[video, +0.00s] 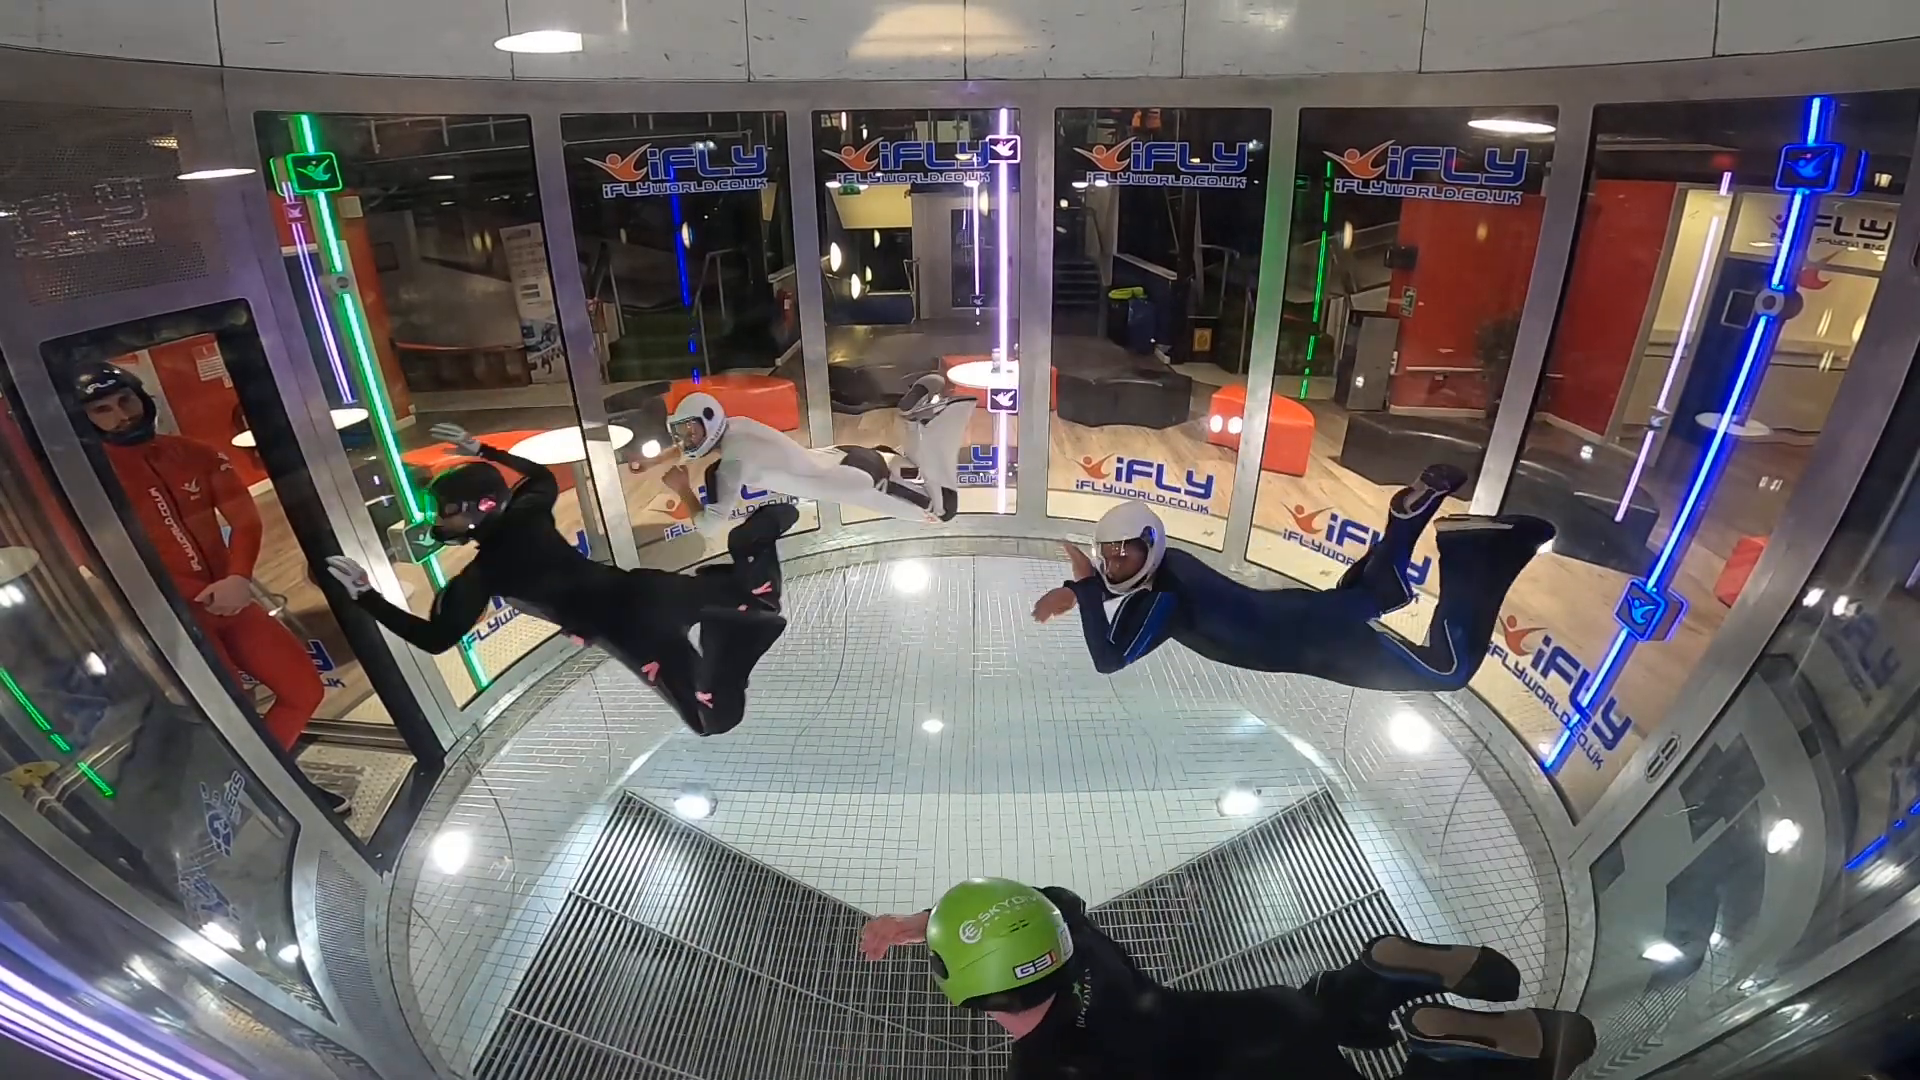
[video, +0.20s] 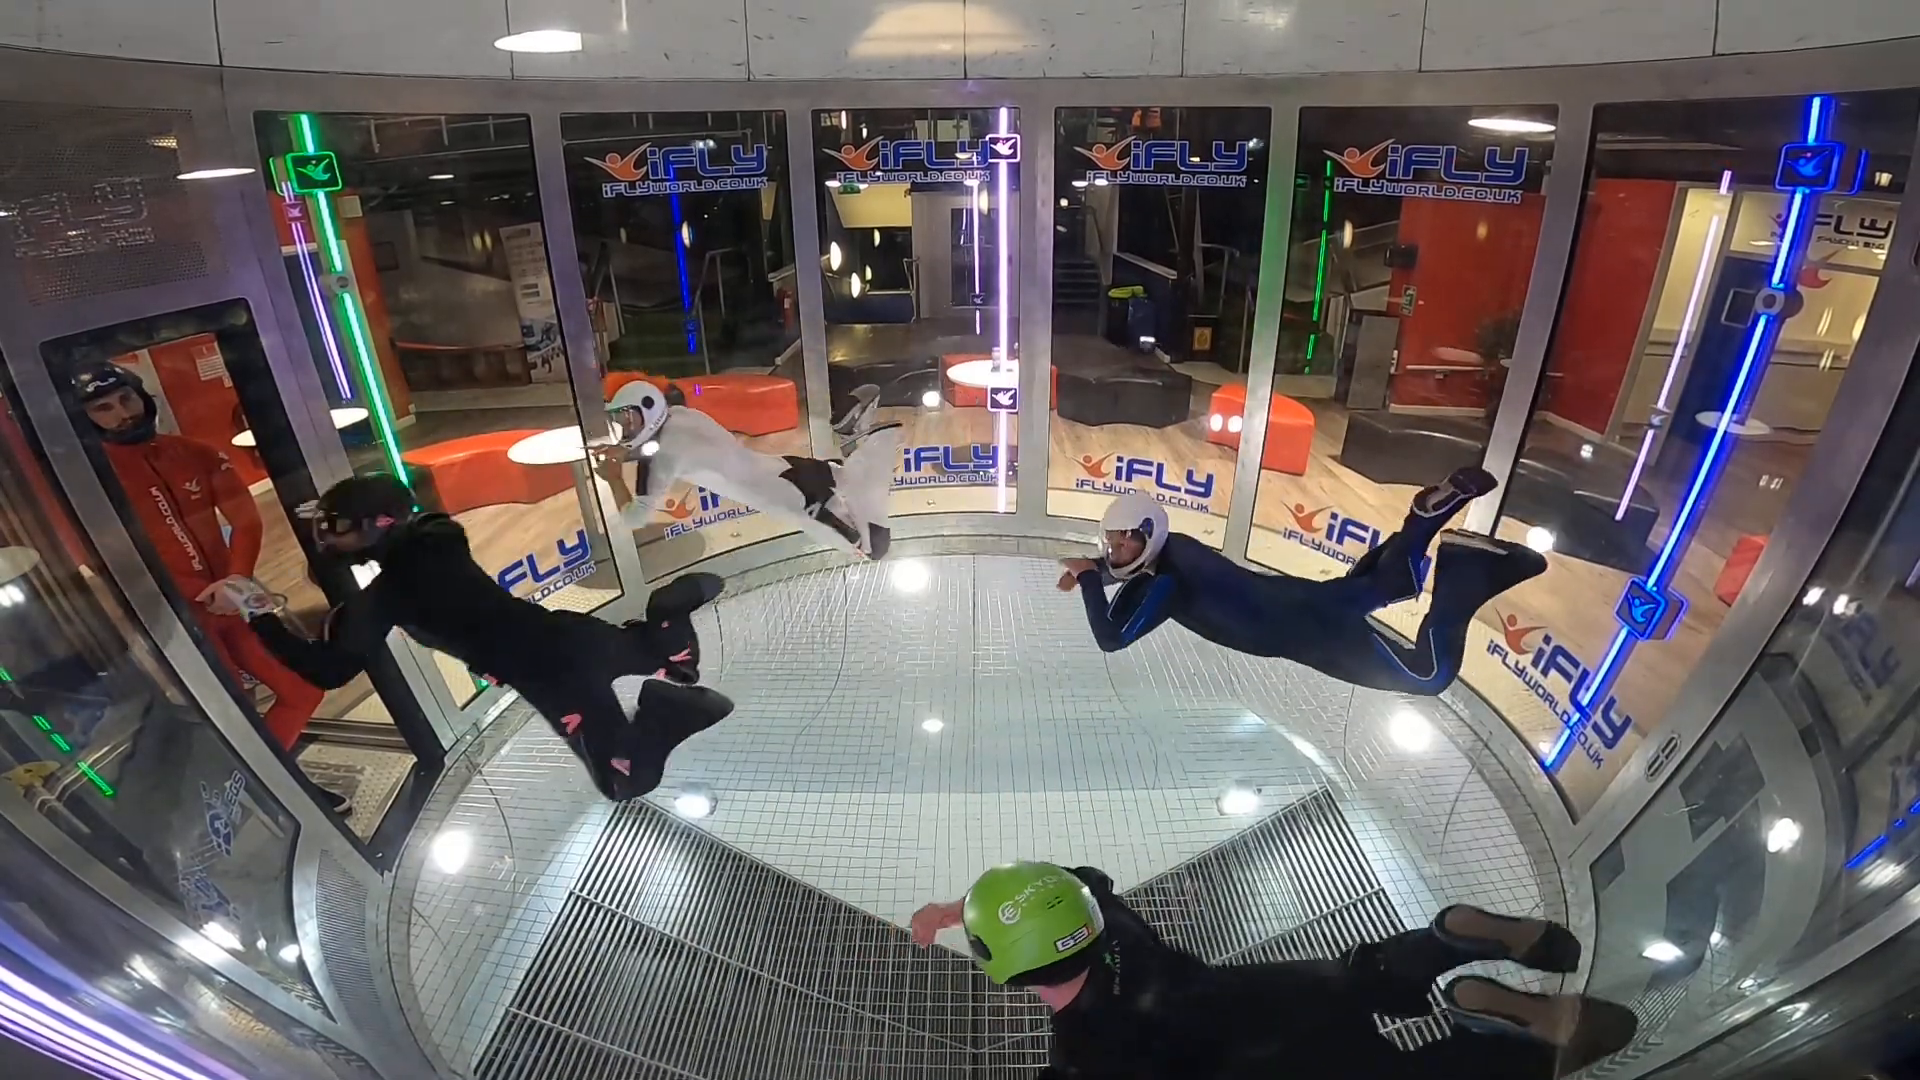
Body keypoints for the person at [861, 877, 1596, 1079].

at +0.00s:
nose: (995, 1013)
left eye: (998, 998)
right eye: (987, 998)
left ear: (1017, 990)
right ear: (1039, 933)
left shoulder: (1051, 1067)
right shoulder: (1066, 932)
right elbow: (1008, 908)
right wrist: (926, 927)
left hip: (1233, 1069)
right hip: (1220, 1012)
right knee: (1325, 1006)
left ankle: (1472, 1041)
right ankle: (1432, 973)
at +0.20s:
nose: (1015, 984)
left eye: (1014, 972)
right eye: (1014, 969)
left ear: (1035, 978)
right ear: (1076, 908)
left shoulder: (1097, 1049)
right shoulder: (1110, 921)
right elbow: (1060, 881)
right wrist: (964, 912)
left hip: (1306, 1052)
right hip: (1285, 981)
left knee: (1420, 1059)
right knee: (1370, 974)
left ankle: (1511, 1022)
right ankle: (1466, 929)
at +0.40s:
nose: (1072, 936)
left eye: (1074, 927)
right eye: (1067, 921)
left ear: (1099, 929)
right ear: (1123, 877)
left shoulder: (1151, 999)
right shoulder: (1157, 887)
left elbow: (1137, 1073)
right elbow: (1095, 869)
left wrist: (1011, 1077)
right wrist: (1019, 878)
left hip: (1350, 1003)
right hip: (1344, 932)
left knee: (1493, 1009)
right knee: (1428, 922)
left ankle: (1610, 917)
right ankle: (1479, 855)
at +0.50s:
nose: (1113, 908)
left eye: (1112, 902)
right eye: (1110, 895)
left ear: (1130, 903)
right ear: (1151, 860)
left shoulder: (1175, 961)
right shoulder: (1185, 860)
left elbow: (1169, 1067)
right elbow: (1136, 831)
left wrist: (1059, 1041)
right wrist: (1063, 848)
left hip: (1391, 963)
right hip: (1375, 896)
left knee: (1540, 969)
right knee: (1455, 892)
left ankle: (1606, 863)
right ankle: (1494, 812)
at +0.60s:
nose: (1127, 864)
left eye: (1130, 857)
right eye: (1128, 849)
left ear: (1158, 862)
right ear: (1180, 819)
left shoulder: (1200, 919)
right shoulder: (1207, 824)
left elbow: (1194, 1034)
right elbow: (1162, 817)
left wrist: (1104, 992)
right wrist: (1099, 834)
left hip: (1413, 918)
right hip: (1393, 861)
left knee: (1567, 926)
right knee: (1468, 846)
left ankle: (1624, 809)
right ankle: (1533, 769)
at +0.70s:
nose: (1144, 820)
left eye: (1147, 814)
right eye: (1142, 807)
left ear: (1175, 820)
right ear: (1199, 786)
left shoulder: (1216, 879)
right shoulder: (1225, 788)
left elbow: (1216, 988)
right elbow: (1183, 775)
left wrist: (1143, 942)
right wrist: (1130, 798)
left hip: (1413, 887)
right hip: (1395, 829)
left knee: (1567, 891)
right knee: (1483, 811)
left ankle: (1629, 780)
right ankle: (1546, 728)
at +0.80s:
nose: (1168, 790)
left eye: (1170, 782)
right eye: (1161, 778)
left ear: (1194, 787)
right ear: (1219, 752)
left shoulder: (1230, 846)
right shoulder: (1247, 756)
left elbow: (1216, 946)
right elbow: (1213, 739)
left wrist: (1168, 888)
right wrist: (1157, 762)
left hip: (1411, 853)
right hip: (1401, 794)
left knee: (1566, 854)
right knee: (1498, 774)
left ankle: (1642, 750)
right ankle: (1565, 687)